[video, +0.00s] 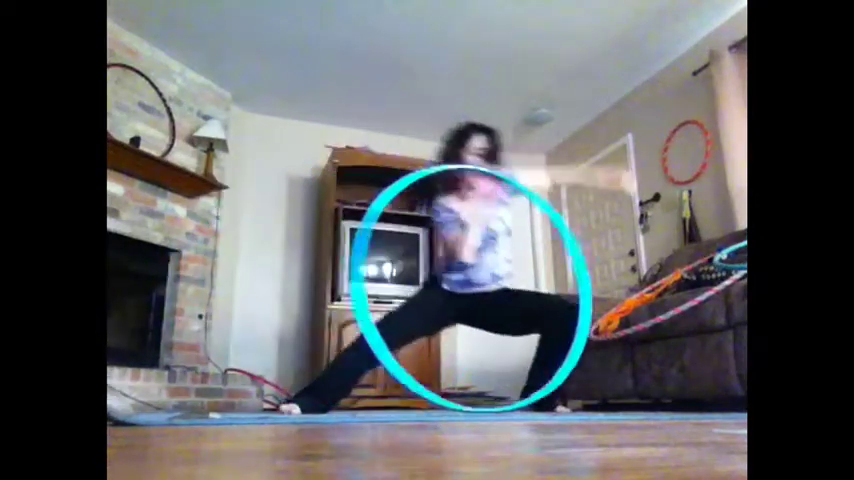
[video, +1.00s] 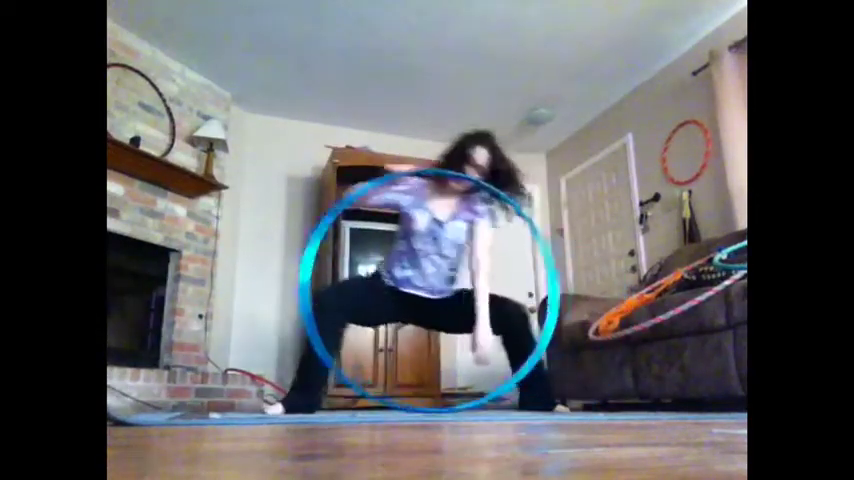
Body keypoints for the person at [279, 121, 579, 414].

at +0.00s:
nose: (476, 160)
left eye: (484, 155)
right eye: (469, 152)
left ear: (494, 160)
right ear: (454, 155)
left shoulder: (499, 198)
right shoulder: (445, 203)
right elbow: (461, 256)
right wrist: (477, 210)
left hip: (492, 299)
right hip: (443, 297)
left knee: (566, 315)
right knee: (376, 341)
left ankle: (539, 402)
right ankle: (306, 404)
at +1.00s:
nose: (470, 175)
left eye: (480, 171)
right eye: (467, 164)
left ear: (487, 177)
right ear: (453, 160)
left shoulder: (478, 210)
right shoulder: (414, 189)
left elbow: (480, 267)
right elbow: (355, 198)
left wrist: (480, 326)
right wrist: (383, 175)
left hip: (444, 303)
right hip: (391, 295)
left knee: (512, 315)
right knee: (331, 303)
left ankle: (540, 409)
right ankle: (300, 405)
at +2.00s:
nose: (321, 165)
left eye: (328, 156)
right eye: (312, 158)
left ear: (343, 159)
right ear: (302, 165)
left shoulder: (366, 186)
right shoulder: (302, 214)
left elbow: (387, 125)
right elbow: (274, 264)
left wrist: (342, 83)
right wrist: (257, 215)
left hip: (365, 314)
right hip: (319, 313)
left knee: (447, 346)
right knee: (263, 307)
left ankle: (538, 410)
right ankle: (290, 402)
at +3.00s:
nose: (523, 222)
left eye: (528, 213)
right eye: (513, 217)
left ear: (542, 214)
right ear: (503, 224)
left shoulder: (547, 240)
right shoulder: (498, 258)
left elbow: (604, 222)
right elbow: (536, 307)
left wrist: (575, 186)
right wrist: (594, 336)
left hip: (504, 331)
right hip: (455, 330)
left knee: (568, 326)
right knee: (385, 359)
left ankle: (534, 411)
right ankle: (294, 405)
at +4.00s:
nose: (282, 187)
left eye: (285, 176)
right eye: (275, 183)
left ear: (305, 166)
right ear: (272, 188)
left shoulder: (343, 174)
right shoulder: (288, 225)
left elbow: (401, 159)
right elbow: (264, 280)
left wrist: (354, 174)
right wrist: (300, 300)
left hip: (391, 275)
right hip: (343, 282)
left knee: (455, 336)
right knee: (291, 303)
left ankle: (535, 404)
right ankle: (294, 402)